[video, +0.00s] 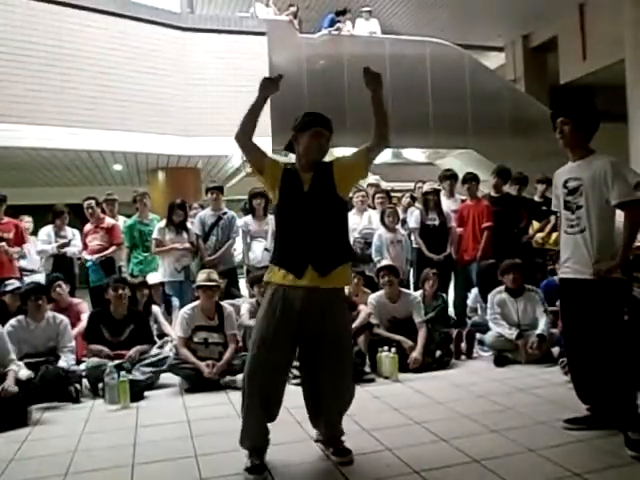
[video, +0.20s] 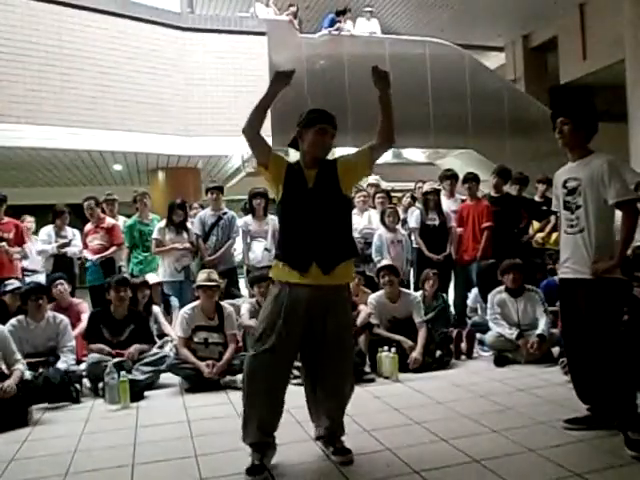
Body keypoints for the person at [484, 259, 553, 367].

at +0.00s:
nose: (513, 277)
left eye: (516, 273)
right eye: (508, 274)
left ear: (522, 275)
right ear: (502, 278)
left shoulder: (534, 293)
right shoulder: (495, 296)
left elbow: (543, 316)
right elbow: (494, 320)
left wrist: (540, 335)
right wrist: (515, 334)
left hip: (531, 331)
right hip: (508, 332)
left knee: (552, 336)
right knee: (491, 339)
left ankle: (512, 357)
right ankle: (538, 356)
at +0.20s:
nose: (512, 277)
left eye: (515, 273)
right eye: (508, 274)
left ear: (521, 275)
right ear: (502, 278)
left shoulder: (535, 293)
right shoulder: (495, 296)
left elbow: (544, 316)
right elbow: (494, 321)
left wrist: (540, 336)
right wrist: (517, 335)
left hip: (531, 332)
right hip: (508, 333)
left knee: (553, 336)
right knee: (491, 339)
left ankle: (512, 357)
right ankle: (539, 355)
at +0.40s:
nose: (512, 277)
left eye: (515, 273)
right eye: (508, 274)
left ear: (522, 275)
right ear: (502, 278)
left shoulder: (535, 293)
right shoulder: (495, 296)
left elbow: (544, 316)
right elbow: (494, 320)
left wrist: (540, 336)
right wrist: (517, 335)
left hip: (531, 331)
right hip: (508, 333)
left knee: (552, 336)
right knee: (491, 339)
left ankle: (512, 357)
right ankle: (539, 355)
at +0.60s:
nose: (512, 277)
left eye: (516, 273)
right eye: (508, 274)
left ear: (522, 275)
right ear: (502, 278)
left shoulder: (535, 293)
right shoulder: (495, 296)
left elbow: (544, 316)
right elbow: (494, 320)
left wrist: (539, 336)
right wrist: (517, 336)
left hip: (531, 332)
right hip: (508, 333)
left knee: (552, 337)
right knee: (491, 339)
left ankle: (512, 357)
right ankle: (539, 355)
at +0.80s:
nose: (513, 277)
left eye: (516, 273)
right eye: (508, 274)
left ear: (522, 276)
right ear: (503, 278)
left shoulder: (535, 293)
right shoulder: (495, 296)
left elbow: (544, 316)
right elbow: (494, 321)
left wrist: (539, 336)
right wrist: (517, 336)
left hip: (531, 332)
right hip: (508, 333)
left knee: (553, 336)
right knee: (491, 339)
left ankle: (512, 357)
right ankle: (538, 355)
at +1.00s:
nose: (513, 278)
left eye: (516, 274)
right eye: (508, 274)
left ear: (523, 276)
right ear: (503, 278)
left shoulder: (535, 294)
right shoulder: (495, 296)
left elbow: (544, 317)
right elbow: (494, 321)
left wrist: (539, 336)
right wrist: (517, 335)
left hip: (531, 332)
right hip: (508, 333)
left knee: (553, 336)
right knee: (491, 339)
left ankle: (512, 357)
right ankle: (539, 355)